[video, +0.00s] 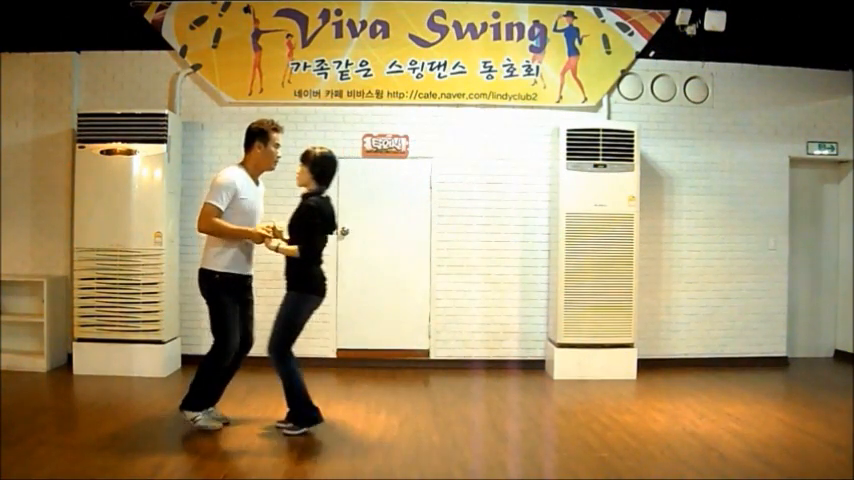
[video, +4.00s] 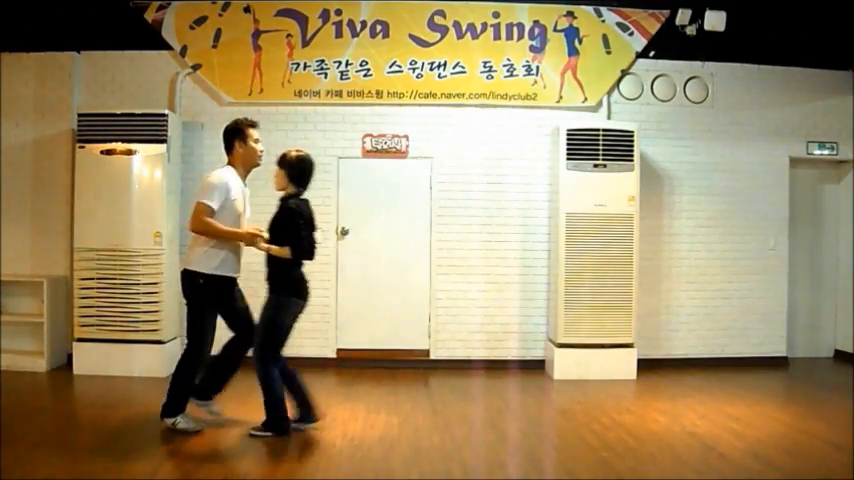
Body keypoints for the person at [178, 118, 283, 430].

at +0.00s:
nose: (278, 154)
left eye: (279, 148)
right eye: (274, 147)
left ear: (259, 149)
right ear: (255, 147)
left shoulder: (257, 185)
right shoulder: (228, 179)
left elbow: (240, 225)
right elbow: (204, 222)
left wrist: (264, 232)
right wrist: (249, 233)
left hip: (241, 276)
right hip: (217, 275)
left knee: (243, 342)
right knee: (227, 342)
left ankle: (206, 404)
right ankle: (193, 405)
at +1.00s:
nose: (310, 190)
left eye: (312, 184)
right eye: (309, 182)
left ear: (295, 176)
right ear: (292, 174)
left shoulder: (286, 205)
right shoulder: (262, 202)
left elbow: (286, 250)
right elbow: (251, 250)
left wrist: (322, 252)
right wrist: (292, 249)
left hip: (264, 293)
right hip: (244, 294)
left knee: (300, 344)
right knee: (293, 346)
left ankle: (277, 413)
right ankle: (269, 417)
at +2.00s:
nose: (307, 146)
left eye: (306, 139)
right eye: (302, 139)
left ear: (289, 143)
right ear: (283, 142)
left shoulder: (293, 185)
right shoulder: (258, 180)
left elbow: (303, 231)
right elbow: (242, 226)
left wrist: (342, 239)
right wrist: (282, 235)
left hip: (283, 273)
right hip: (263, 274)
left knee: (281, 343)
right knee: (265, 346)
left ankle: (283, 405)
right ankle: (259, 425)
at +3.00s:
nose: (237, 161)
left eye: (238, 155)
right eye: (233, 154)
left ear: (221, 156)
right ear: (213, 153)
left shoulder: (227, 194)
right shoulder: (188, 187)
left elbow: (243, 238)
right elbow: (188, 239)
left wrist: (279, 240)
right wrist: (233, 245)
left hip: (208, 281)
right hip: (187, 281)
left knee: (189, 349)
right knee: (220, 345)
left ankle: (150, 405)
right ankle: (241, 419)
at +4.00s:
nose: (261, 148)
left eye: (260, 141)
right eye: (255, 142)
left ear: (241, 148)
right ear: (237, 146)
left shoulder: (239, 185)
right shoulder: (219, 179)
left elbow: (223, 226)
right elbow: (197, 222)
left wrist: (249, 235)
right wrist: (240, 235)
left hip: (222, 277)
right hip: (201, 276)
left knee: (245, 333)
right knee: (198, 346)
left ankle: (202, 396)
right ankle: (172, 412)